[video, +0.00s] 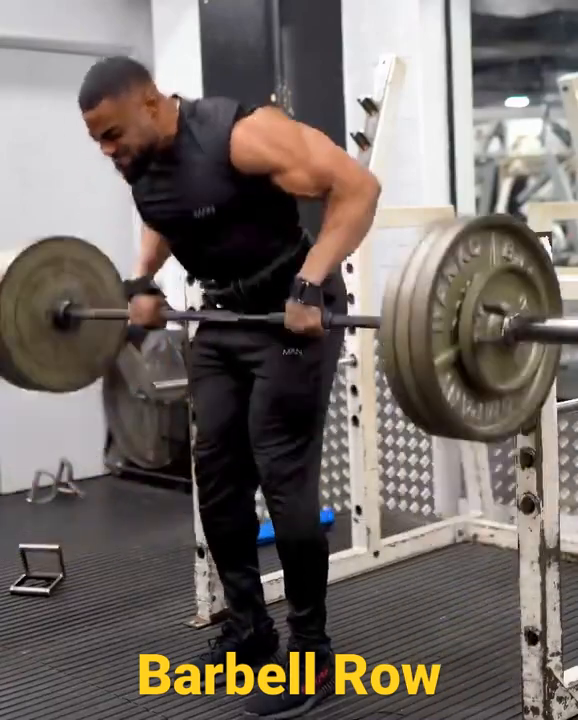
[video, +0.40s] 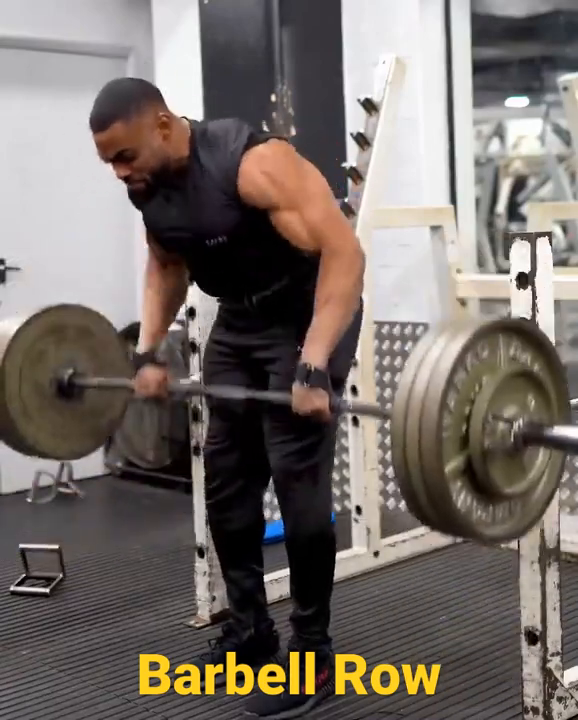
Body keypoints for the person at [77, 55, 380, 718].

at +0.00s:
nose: (109, 151)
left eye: (113, 134)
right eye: (99, 140)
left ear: (155, 104)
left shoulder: (240, 134)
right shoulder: (139, 163)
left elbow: (359, 187)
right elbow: (164, 217)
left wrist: (308, 285)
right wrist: (143, 279)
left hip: (293, 323)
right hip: (220, 326)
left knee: (283, 473)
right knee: (216, 474)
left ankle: (309, 647)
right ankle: (246, 628)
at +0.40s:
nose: (120, 174)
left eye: (125, 157)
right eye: (111, 164)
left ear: (166, 126)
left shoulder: (258, 163)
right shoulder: (153, 187)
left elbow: (345, 253)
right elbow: (166, 262)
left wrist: (314, 365)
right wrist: (151, 349)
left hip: (306, 325)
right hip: (236, 330)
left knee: (297, 477)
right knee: (227, 480)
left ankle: (311, 648)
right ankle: (248, 627)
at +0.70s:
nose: (115, 194)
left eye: (121, 177)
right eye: (107, 182)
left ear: (163, 148)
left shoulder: (260, 200)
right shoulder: (148, 215)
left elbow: (321, 319)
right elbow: (155, 319)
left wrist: (318, 442)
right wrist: (154, 422)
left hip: (322, 311)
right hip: (248, 324)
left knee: (306, 464)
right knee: (225, 466)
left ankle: (312, 648)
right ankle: (248, 627)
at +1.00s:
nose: (107, 224)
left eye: (114, 207)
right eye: (98, 211)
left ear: (157, 181)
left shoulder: (254, 241)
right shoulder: (140, 250)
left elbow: (301, 369)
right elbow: (156, 364)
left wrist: (321, 494)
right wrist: (157, 468)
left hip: (328, 313)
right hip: (249, 323)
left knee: (302, 472)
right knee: (218, 465)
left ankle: (312, 648)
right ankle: (248, 628)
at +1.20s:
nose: (104, 240)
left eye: (112, 223)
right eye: (96, 226)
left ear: (156, 201)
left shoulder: (253, 264)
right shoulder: (138, 274)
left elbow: (296, 396)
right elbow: (155, 387)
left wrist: (318, 522)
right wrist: (154, 492)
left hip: (331, 322)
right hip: (249, 331)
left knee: (299, 473)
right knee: (210, 469)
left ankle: (311, 648)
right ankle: (248, 627)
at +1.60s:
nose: (110, 188)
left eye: (118, 172)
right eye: (103, 177)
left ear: (162, 146)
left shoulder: (254, 204)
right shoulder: (144, 224)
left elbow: (317, 318)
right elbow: (152, 324)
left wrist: (307, 451)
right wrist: (145, 429)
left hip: (324, 306)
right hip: (249, 320)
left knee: (306, 476)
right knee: (226, 472)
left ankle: (312, 649)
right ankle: (248, 627)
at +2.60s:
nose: (119, 191)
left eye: (124, 174)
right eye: (110, 179)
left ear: (165, 143)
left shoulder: (259, 188)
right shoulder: (149, 210)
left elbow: (327, 301)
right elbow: (158, 309)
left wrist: (316, 425)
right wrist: (150, 405)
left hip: (321, 318)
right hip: (248, 327)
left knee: (308, 467)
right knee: (229, 472)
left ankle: (313, 646)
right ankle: (248, 625)